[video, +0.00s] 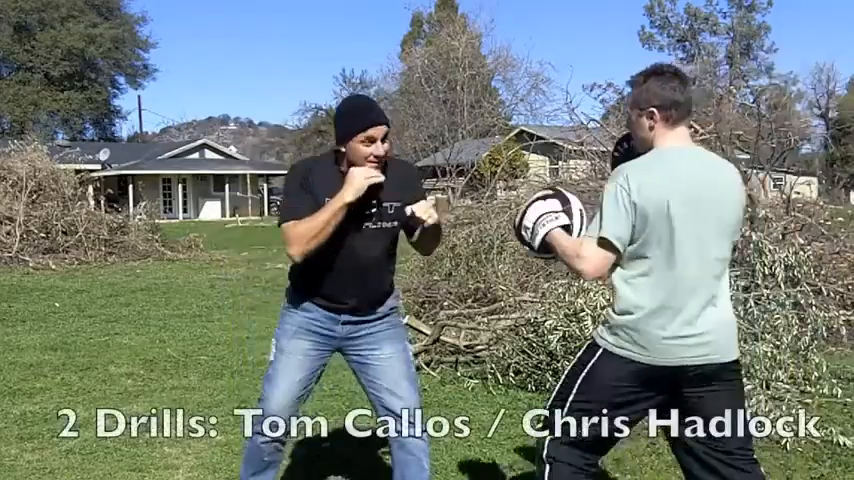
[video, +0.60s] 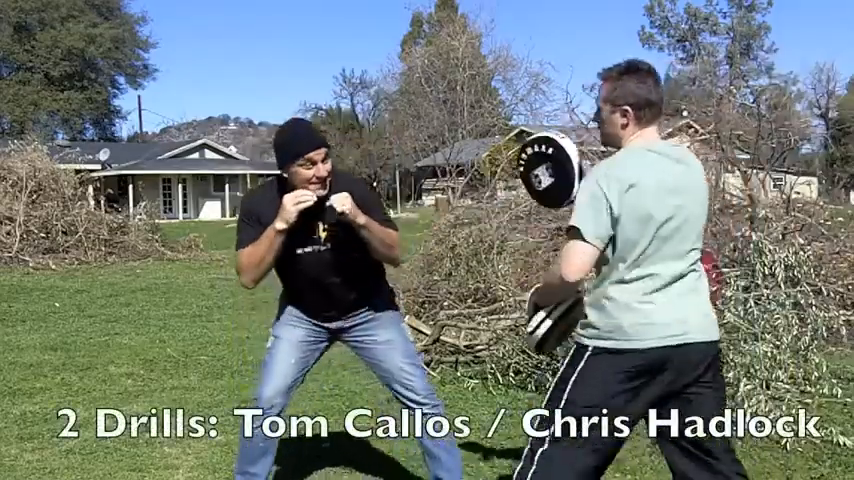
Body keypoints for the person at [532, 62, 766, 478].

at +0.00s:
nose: (629, 127)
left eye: (632, 116)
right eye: (629, 116)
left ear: (652, 117)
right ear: (684, 115)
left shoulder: (632, 176)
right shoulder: (729, 176)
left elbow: (593, 264)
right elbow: (705, 245)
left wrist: (549, 228)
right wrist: (642, 166)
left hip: (633, 348)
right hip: (713, 351)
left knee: (566, 447)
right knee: (732, 464)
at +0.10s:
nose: (589, 128)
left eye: (591, 117)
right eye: (589, 117)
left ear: (609, 118)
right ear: (644, 114)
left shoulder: (584, 178)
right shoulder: (692, 174)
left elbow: (511, 236)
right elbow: (695, 238)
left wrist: (495, 189)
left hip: (598, 352)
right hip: (684, 352)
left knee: (544, 460)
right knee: (714, 462)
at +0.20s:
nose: (549, 152)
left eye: (549, 143)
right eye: (550, 143)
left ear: (562, 145)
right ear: (602, 140)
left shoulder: (539, 195)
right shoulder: (652, 192)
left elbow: (452, 201)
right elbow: (663, 254)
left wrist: (415, 164)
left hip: (571, 368)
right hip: (655, 367)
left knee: (505, 465)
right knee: (694, 462)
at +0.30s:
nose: (525, 172)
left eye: (525, 163)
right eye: (525, 163)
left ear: (540, 162)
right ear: (578, 153)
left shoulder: (528, 209)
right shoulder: (637, 208)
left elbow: (452, 213)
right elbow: (642, 267)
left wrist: (413, 194)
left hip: (563, 374)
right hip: (644, 375)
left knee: (485, 462)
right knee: (675, 461)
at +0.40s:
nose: (533, 159)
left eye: (535, 151)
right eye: (532, 150)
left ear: (556, 156)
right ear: (592, 149)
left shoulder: (538, 207)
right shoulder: (644, 202)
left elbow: (459, 251)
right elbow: (652, 262)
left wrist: (455, 233)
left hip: (564, 376)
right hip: (649, 375)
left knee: (491, 464)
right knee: (679, 469)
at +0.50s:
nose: (568, 141)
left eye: (570, 132)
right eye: (567, 131)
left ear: (594, 133)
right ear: (626, 127)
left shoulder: (576, 189)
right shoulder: (672, 184)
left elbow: (515, 273)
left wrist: (497, 288)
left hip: (590, 358)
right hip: (672, 356)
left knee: (524, 468)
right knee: (700, 470)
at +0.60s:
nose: (596, 120)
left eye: (601, 109)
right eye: (598, 109)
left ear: (625, 116)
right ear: (653, 112)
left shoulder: (607, 175)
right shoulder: (690, 166)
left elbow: (573, 270)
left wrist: (543, 293)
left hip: (620, 343)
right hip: (695, 338)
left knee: (557, 455)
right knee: (709, 458)